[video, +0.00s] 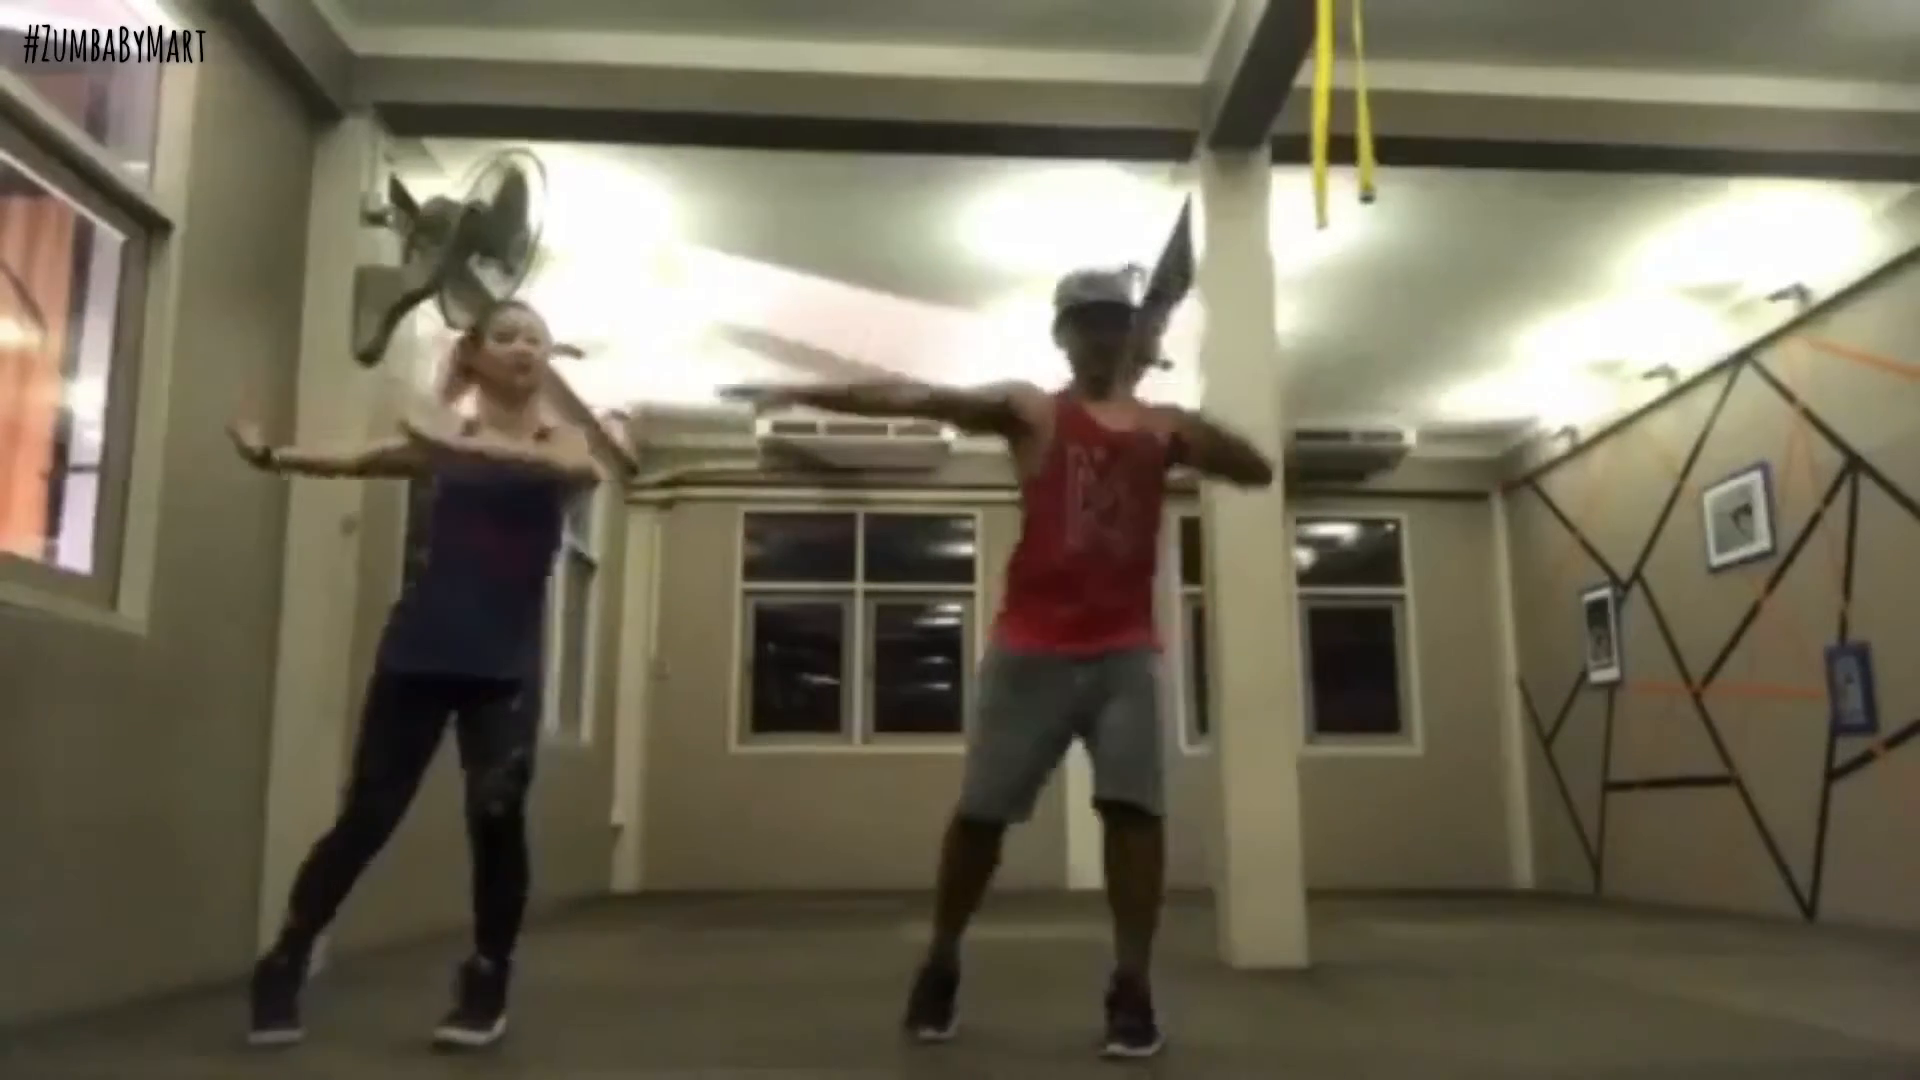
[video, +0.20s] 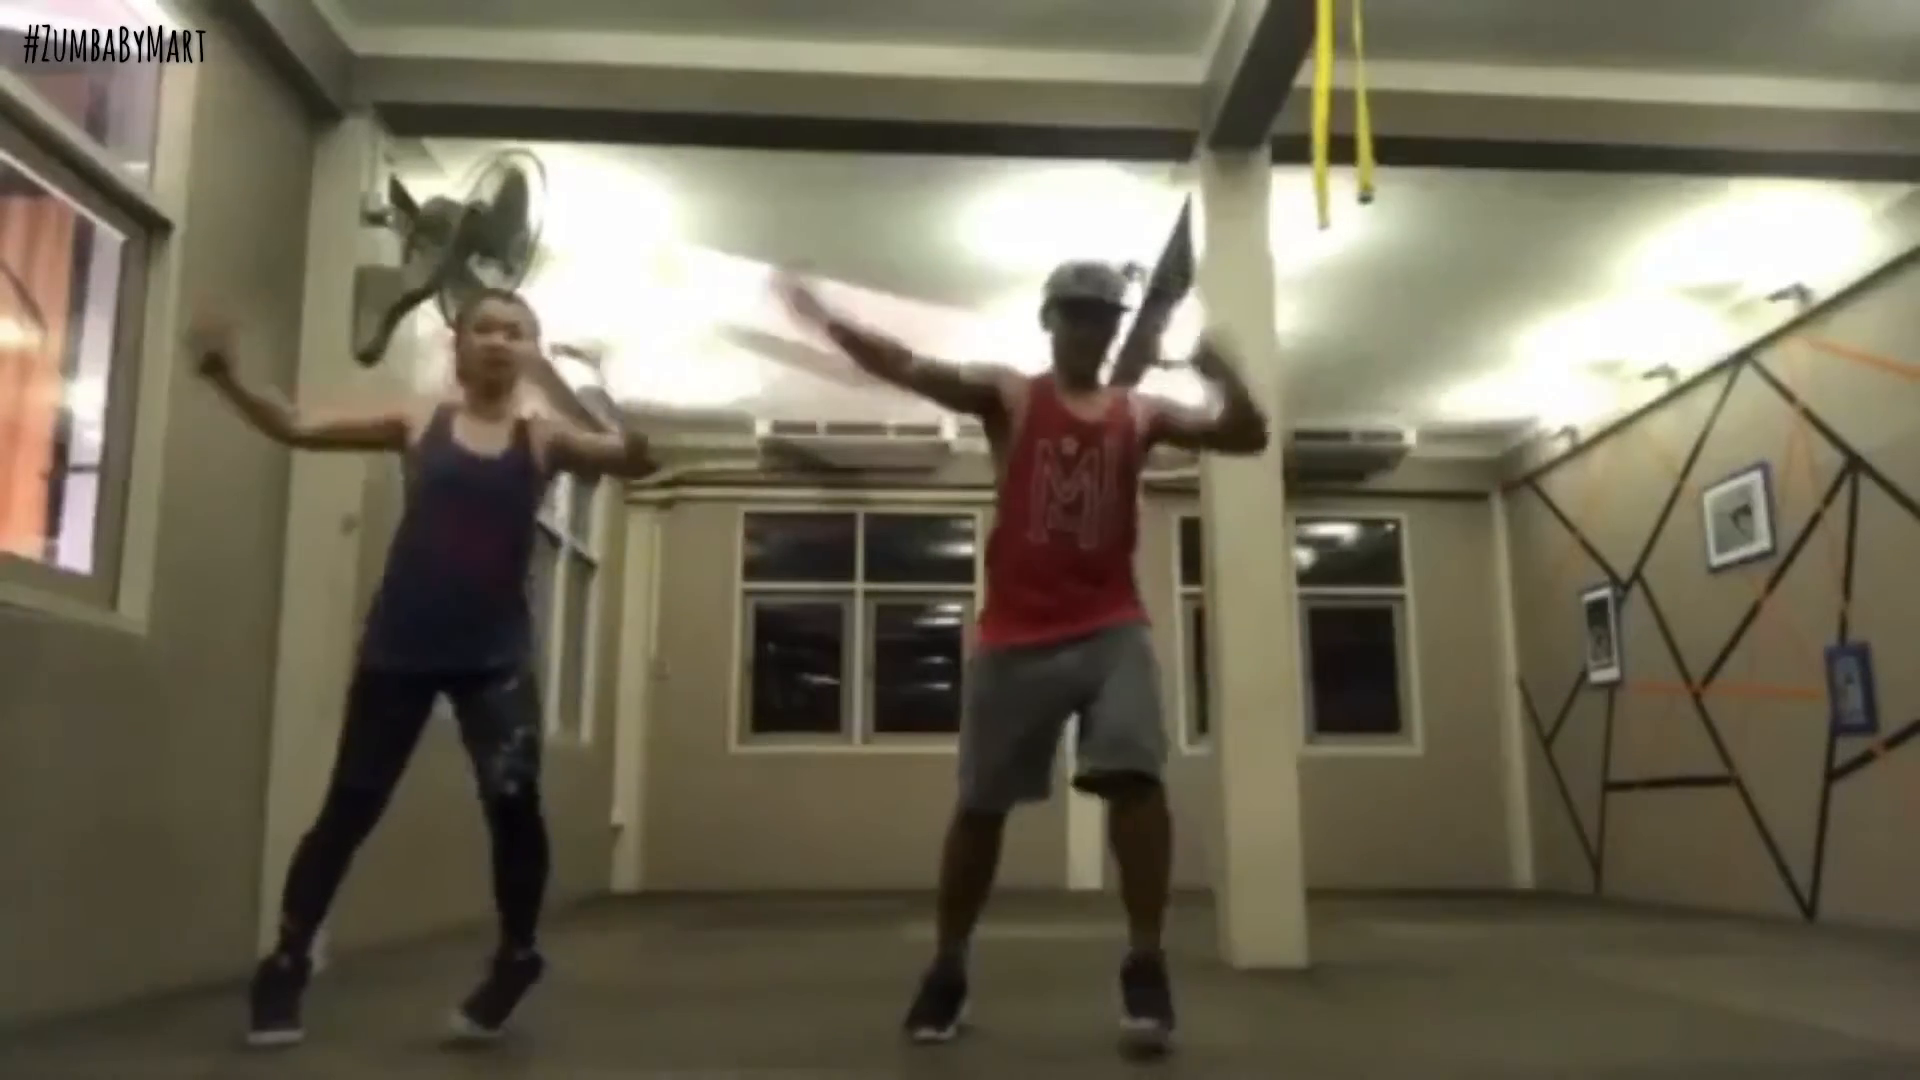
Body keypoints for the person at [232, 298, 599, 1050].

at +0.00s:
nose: (524, 352)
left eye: (535, 341)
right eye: (507, 339)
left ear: (548, 362)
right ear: (473, 357)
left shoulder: (561, 450)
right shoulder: (447, 443)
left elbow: (588, 467)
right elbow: (357, 462)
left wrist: (553, 377)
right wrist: (273, 457)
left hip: (505, 662)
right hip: (419, 652)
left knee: (498, 822)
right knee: (369, 817)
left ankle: (486, 988)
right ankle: (282, 968)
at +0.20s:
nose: (497, 343)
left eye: (512, 332)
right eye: (484, 329)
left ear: (531, 351)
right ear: (456, 343)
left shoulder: (541, 434)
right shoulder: (421, 422)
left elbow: (635, 459)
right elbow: (300, 429)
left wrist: (561, 383)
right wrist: (224, 376)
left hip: (493, 650)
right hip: (403, 643)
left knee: (514, 805)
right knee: (350, 807)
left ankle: (517, 960)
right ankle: (286, 965)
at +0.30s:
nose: (498, 340)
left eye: (513, 331)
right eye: (486, 327)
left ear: (535, 351)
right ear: (459, 341)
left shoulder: (546, 432)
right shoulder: (425, 421)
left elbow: (638, 470)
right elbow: (313, 429)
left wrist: (688, 435)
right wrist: (337, 355)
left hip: (504, 646)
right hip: (414, 640)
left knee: (514, 799)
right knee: (358, 805)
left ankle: (568, 935)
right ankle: (287, 963)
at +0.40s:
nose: (507, 347)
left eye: (523, 338)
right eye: (498, 334)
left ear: (548, 359)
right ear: (478, 349)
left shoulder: (562, 444)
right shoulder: (446, 436)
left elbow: (658, 487)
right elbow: (367, 465)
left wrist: (758, 479)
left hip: (526, 660)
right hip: (436, 655)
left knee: (532, 820)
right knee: (368, 814)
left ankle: (620, 969)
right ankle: (287, 972)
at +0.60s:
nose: (549, 344)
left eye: (567, 335)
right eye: (540, 336)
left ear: (598, 362)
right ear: (525, 357)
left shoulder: (618, 447)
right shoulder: (500, 442)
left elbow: (685, 485)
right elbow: (391, 462)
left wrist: (769, 476)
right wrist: (454, 433)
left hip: (598, 659)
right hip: (511, 657)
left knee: (597, 826)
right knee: (428, 815)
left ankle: (629, 982)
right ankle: (331, 959)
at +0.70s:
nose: (571, 330)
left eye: (589, 323)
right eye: (562, 323)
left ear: (619, 351)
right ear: (548, 349)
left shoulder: (635, 435)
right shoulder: (514, 430)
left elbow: (735, 458)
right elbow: (400, 435)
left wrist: (789, 394)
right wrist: (396, 372)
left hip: (614, 646)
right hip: (526, 643)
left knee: (618, 814)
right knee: (465, 803)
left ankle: (632, 973)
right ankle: (428, 933)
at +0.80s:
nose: (586, 325)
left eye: (603, 318)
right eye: (579, 315)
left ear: (630, 346)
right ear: (562, 338)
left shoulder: (647, 433)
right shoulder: (531, 424)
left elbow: (750, 444)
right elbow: (423, 441)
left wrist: (743, 364)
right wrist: (378, 384)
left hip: (621, 638)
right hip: (534, 638)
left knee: (627, 808)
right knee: (516, 805)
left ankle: (637, 971)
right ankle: (508, 957)